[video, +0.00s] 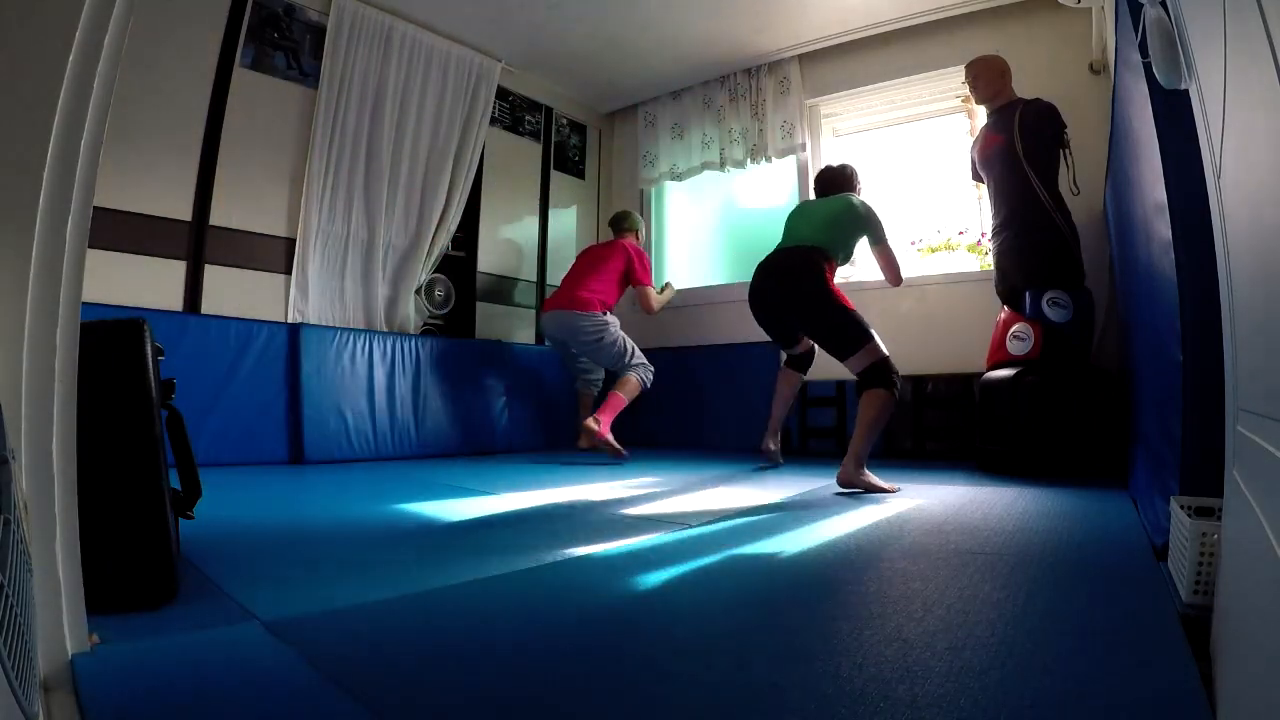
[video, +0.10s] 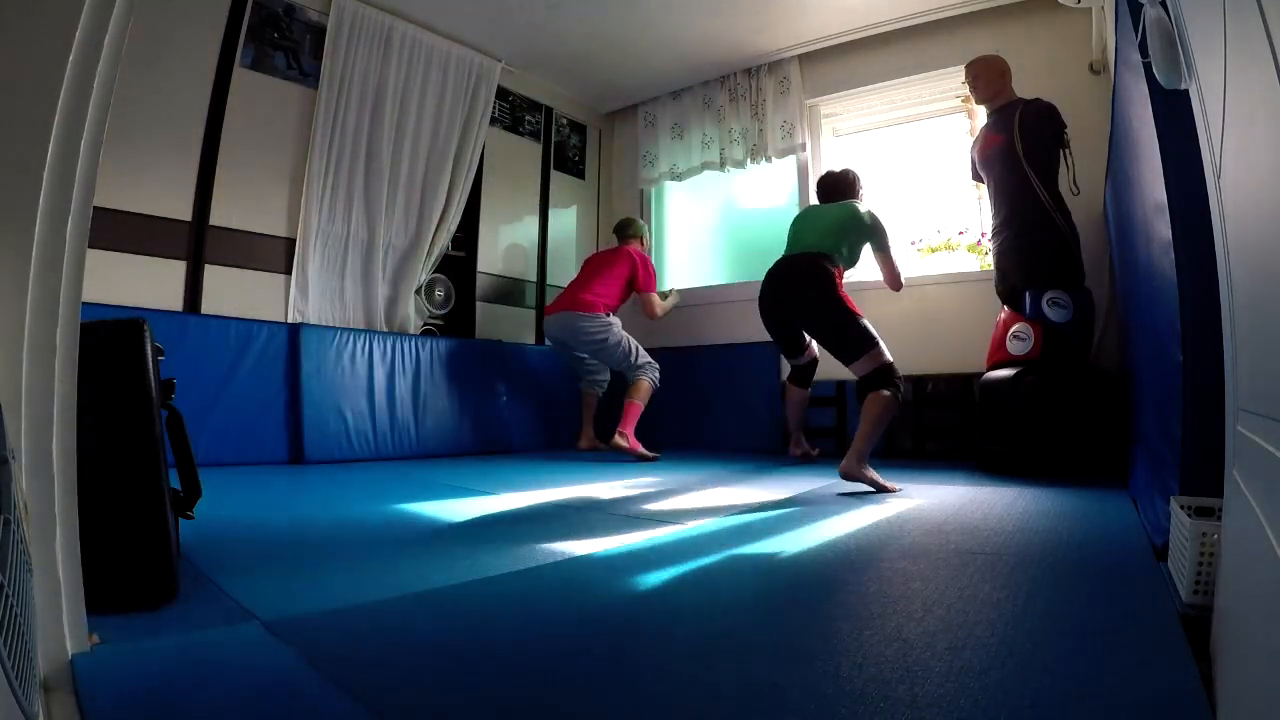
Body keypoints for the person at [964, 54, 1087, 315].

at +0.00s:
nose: (970, 85)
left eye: (975, 77)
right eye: (967, 81)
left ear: (1003, 76)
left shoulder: (1038, 112)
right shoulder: (980, 141)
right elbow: (978, 175)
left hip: (1050, 244)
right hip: (1008, 251)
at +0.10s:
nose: (970, 86)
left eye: (975, 77)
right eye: (968, 82)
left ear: (1003, 75)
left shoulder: (1037, 111)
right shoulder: (981, 140)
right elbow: (979, 176)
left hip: (1050, 243)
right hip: (1008, 250)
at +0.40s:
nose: (970, 86)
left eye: (975, 78)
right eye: (968, 82)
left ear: (1003, 75)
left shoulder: (1037, 111)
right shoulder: (981, 140)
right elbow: (979, 176)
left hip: (1050, 243)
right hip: (1008, 250)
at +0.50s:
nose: (970, 86)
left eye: (975, 77)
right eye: (968, 82)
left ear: (1003, 75)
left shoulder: (1037, 111)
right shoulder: (981, 140)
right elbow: (978, 176)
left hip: (1050, 244)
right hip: (1008, 250)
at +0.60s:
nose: (970, 86)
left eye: (975, 78)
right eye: (968, 82)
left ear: (1002, 76)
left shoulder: (1037, 111)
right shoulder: (981, 140)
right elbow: (978, 176)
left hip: (1050, 245)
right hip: (1009, 252)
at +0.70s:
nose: (970, 86)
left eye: (975, 77)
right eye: (968, 82)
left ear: (1003, 75)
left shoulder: (1037, 111)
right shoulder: (981, 140)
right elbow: (978, 176)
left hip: (1050, 244)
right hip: (1008, 251)